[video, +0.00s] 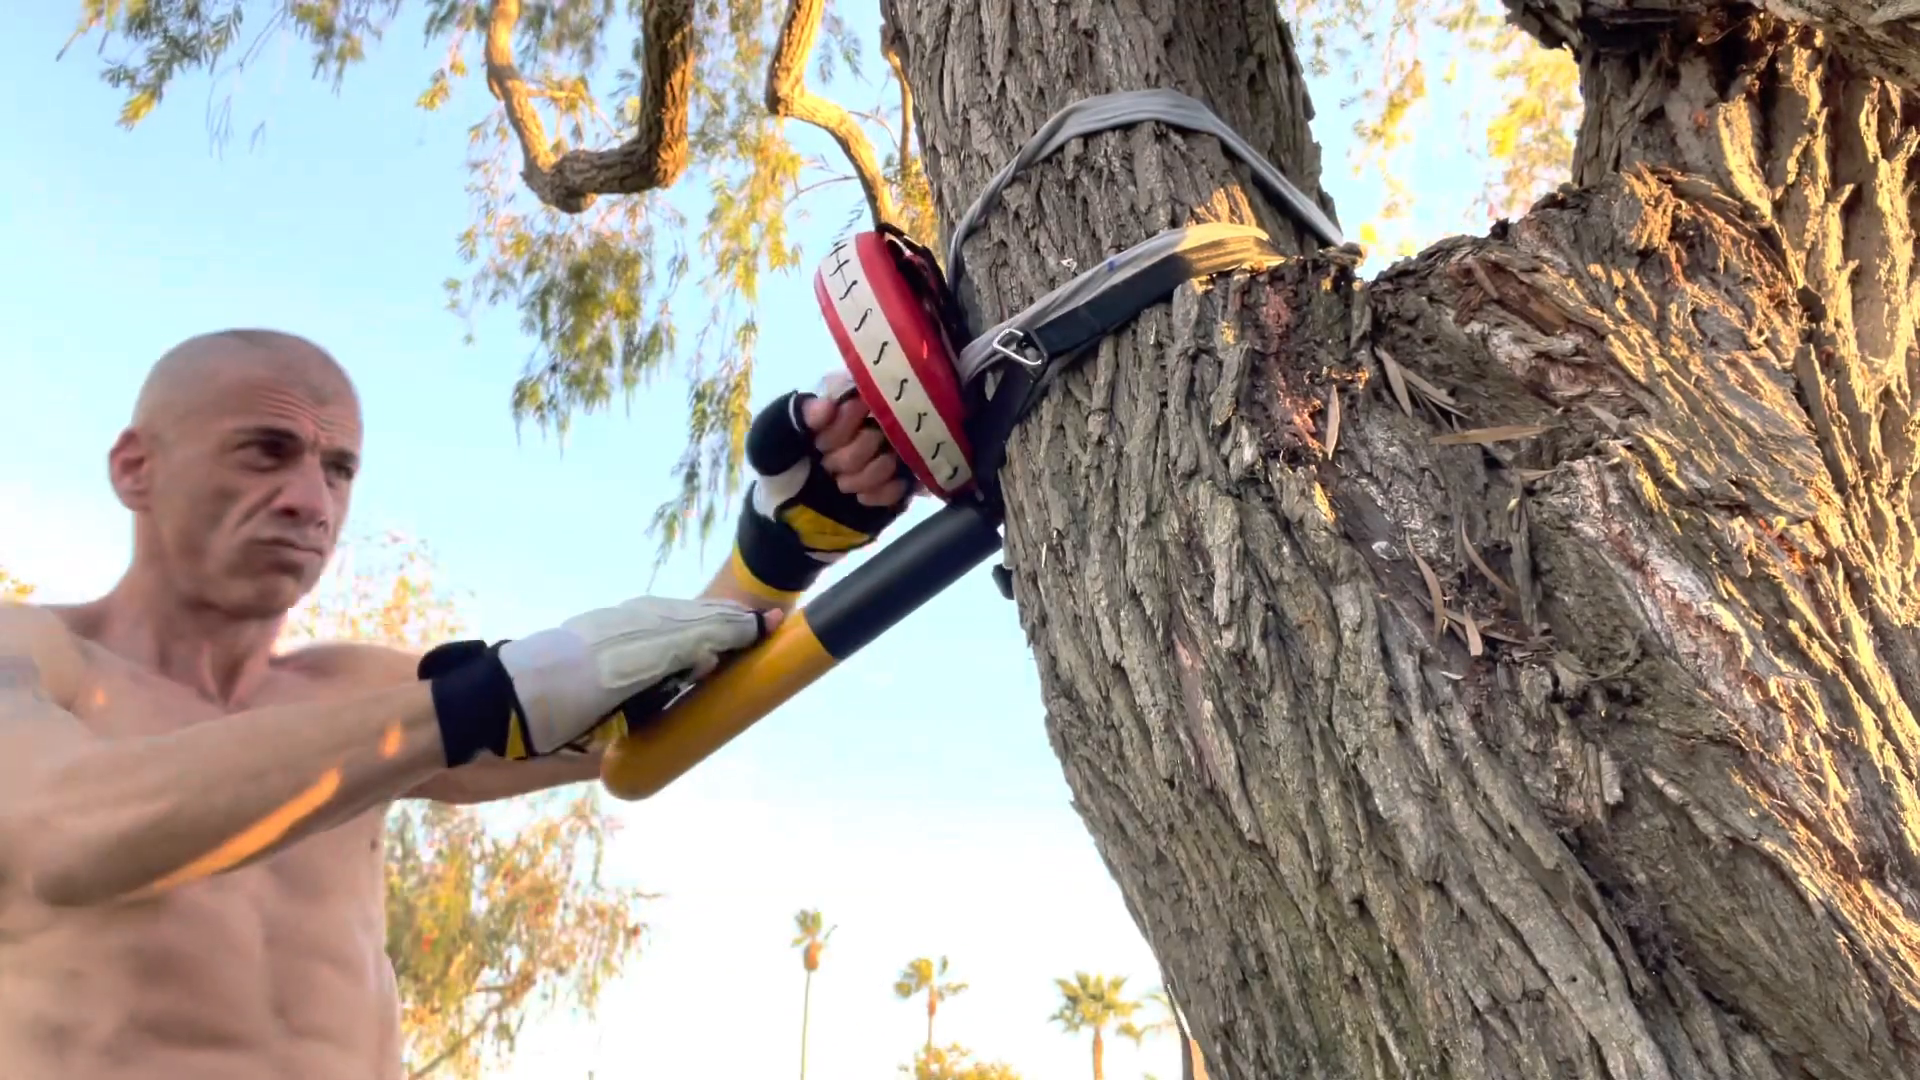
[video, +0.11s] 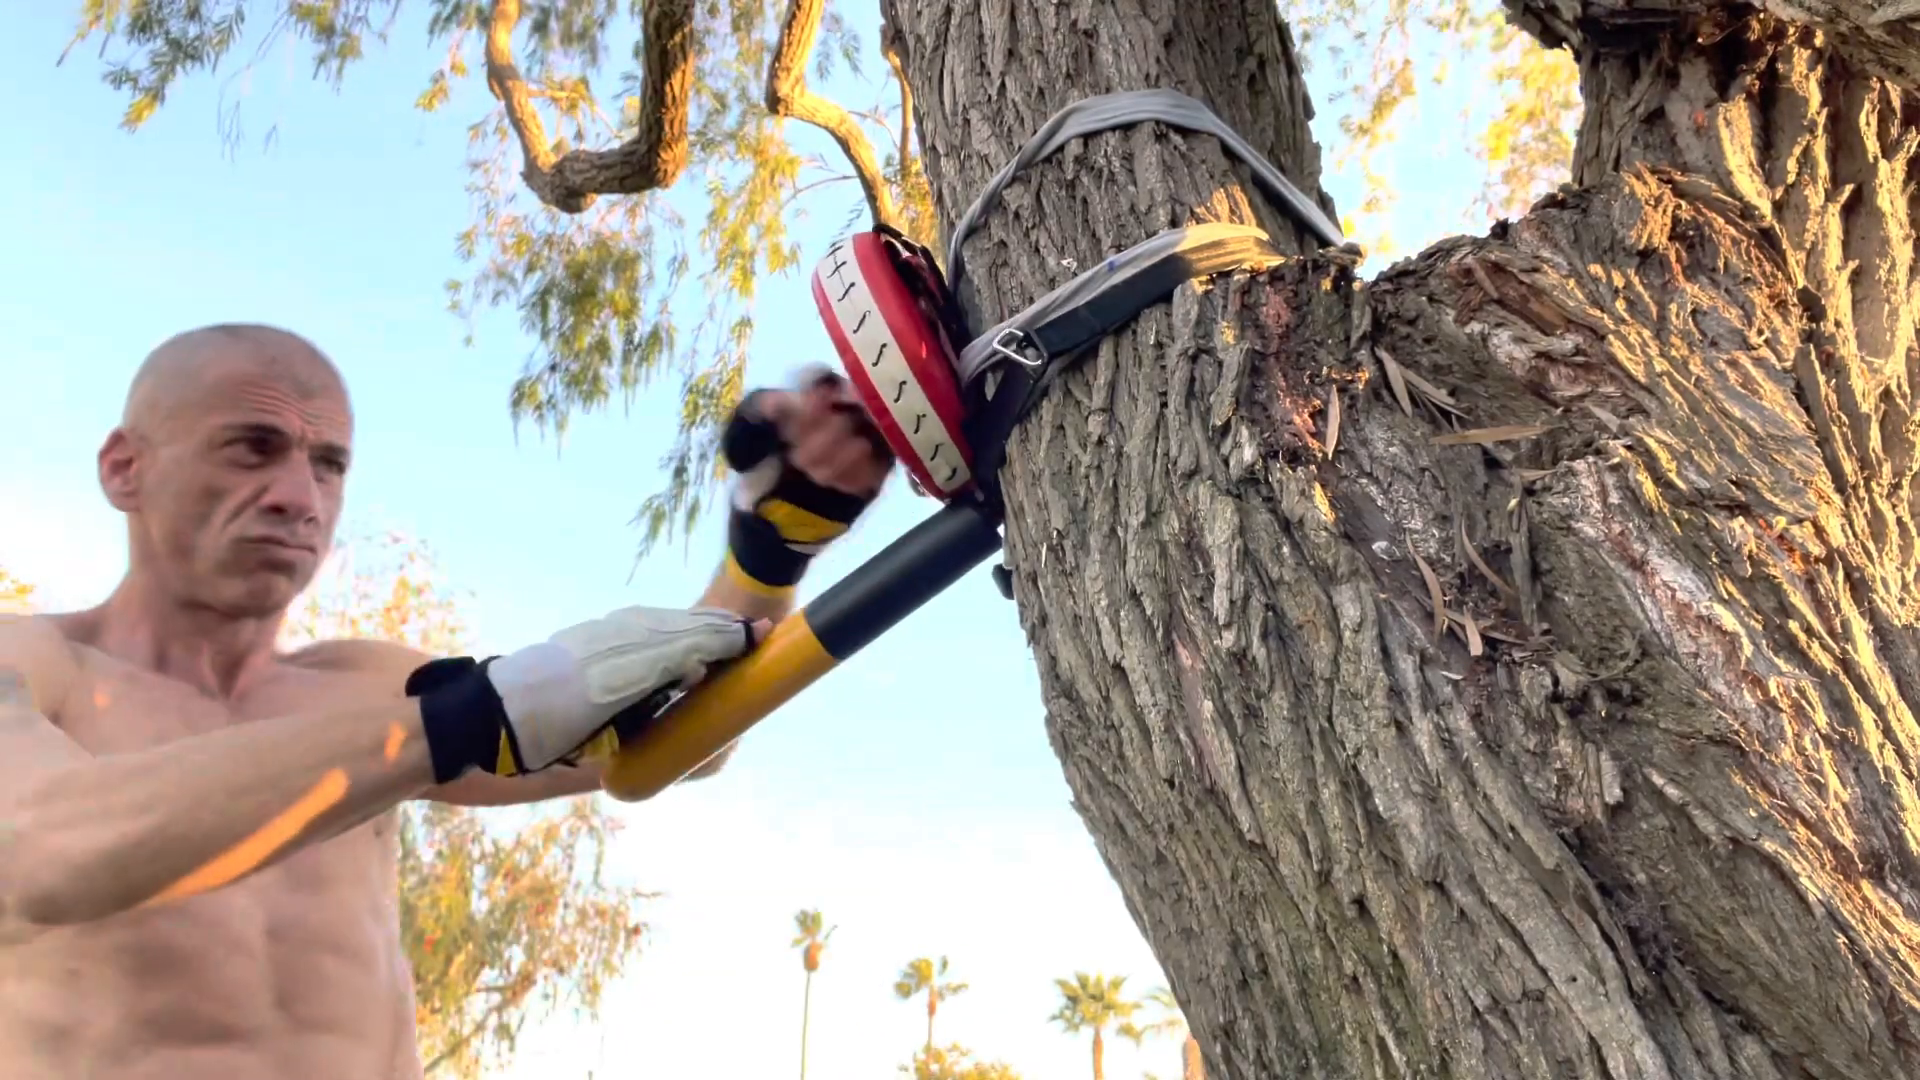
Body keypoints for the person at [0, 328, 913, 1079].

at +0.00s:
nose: (311, 498)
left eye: (336, 473)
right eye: (264, 451)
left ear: (352, 503)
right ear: (135, 468)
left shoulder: (354, 690)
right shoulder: (27, 653)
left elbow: (622, 740)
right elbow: (59, 846)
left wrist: (786, 539)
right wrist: (475, 701)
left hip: (347, 1059)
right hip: (96, 1061)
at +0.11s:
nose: (300, 494)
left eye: (326, 467)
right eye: (251, 448)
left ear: (344, 498)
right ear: (124, 469)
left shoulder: (360, 686)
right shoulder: (26, 664)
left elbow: (633, 752)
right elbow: (43, 862)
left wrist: (774, 540)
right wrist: (455, 722)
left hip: (361, 1059)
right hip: (95, 1066)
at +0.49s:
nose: (608, 434)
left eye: (636, 412)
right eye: (565, 396)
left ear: (668, 439)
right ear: (458, 427)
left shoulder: (677, 619)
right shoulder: (320, 671)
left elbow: (835, 425)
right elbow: (144, 985)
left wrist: (509, 494)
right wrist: (510, 800)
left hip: (616, 1057)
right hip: (366, 1060)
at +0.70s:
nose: (652, 447)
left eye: (679, 430)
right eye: (617, 405)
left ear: (697, 475)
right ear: (511, 435)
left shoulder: (695, 644)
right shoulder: (350, 669)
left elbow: (843, 484)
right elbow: (142, 984)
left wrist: (468, 448)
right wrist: (504, 826)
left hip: (622, 1053)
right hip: (367, 1054)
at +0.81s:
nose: (585, 495)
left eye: (613, 472)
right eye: (546, 448)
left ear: (628, 514)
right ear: (459, 459)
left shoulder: (630, 693)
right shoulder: (278, 675)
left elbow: (882, 667)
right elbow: (87, 1009)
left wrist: (641, 461)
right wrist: (447, 806)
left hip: (557, 1058)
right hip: (303, 1061)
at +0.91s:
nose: (537, 496)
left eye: (565, 477)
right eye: (501, 451)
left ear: (572, 520)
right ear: (386, 472)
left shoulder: (566, 712)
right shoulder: (202, 672)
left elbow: (809, 847)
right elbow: (57, 1005)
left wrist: (784, 599)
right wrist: (350, 755)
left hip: (489, 1064)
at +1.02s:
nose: (436, 498)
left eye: (465, 470)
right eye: (402, 448)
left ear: (485, 501)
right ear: (279, 466)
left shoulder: (453, 718)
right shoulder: (107, 660)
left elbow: (694, 976)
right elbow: (135, 908)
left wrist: (565, 806)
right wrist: (429, 629)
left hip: (402, 1062)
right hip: (160, 1065)